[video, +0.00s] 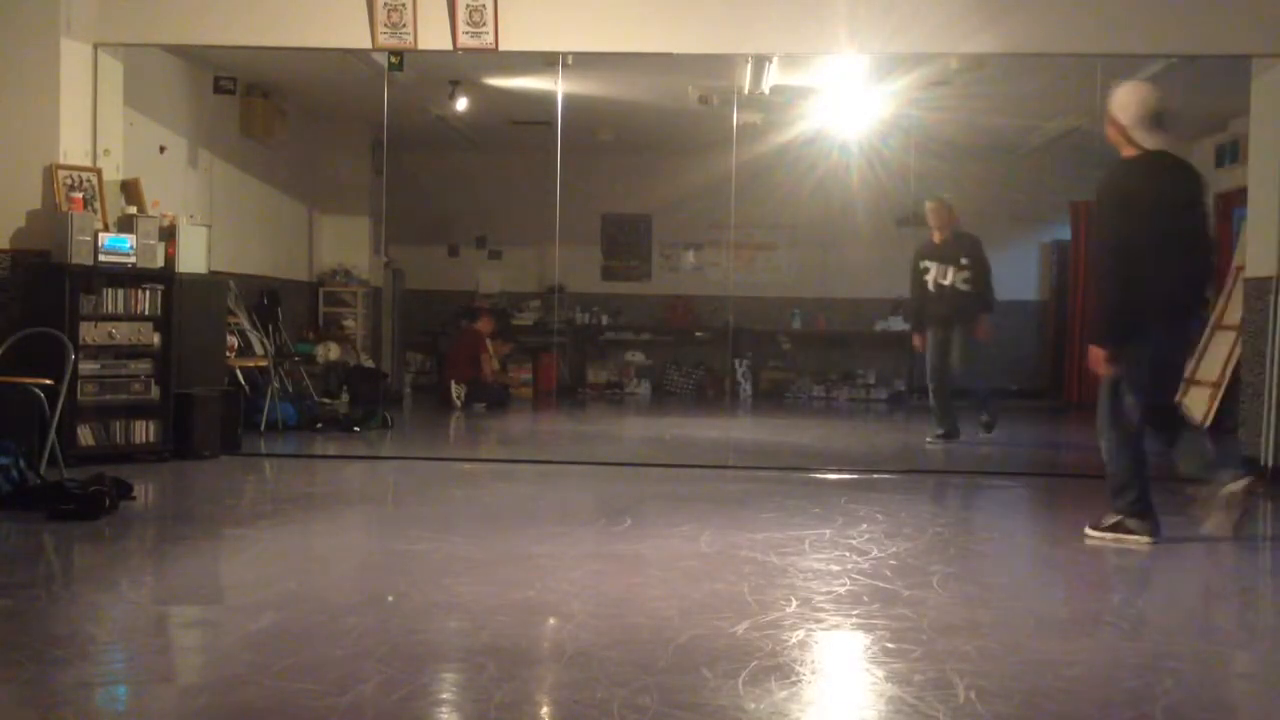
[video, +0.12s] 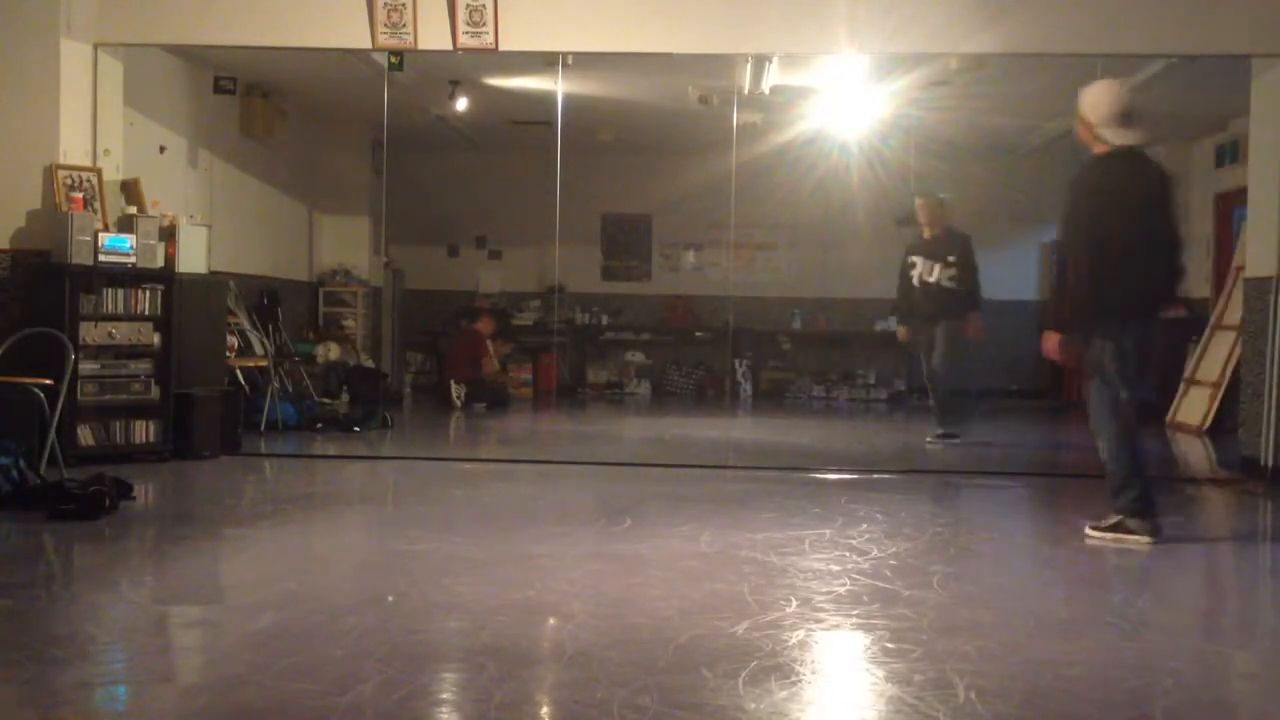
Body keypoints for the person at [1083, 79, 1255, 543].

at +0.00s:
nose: (1107, 129)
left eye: (1108, 121)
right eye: (1108, 121)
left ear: (1117, 125)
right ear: (1154, 121)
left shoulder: (1121, 180)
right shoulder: (1186, 175)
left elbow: (1112, 266)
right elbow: (1200, 256)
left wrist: (1104, 336)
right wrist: (1190, 313)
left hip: (1134, 320)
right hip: (1178, 317)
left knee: (1115, 418)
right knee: (1158, 409)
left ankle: (1132, 514)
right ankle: (1225, 471)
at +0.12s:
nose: (1077, 130)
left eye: (1079, 123)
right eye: (1079, 122)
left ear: (1088, 126)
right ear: (1127, 122)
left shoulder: (1092, 178)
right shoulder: (1153, 173)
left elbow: (1075, 258)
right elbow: (1167, 245)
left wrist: (1058, 322)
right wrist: (1161, 296)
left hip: (1104, 310)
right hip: (1143, 307)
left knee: (1108, 411)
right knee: (1125, 405)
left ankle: (1133, 513)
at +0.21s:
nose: (1057, 137)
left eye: (1058, 131)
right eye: (1059, 130)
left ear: (1067, 135)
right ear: (1104, 127)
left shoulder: (1075, 184)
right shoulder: (1128, 178)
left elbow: (1055, 259)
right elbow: (1142, 253)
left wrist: (1035, 323)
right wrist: (1135, 307)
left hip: (1088, 312)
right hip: (1125, 309)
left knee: (1094, 405)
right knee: (1085, 400)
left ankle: (1132, 510)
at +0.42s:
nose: (1003, 148)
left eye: (1005, 141)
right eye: (1006, 141)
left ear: (1012, 146)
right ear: (1050, 143)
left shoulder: (1013, 196)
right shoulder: (1068, 194)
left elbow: (995, 268)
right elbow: (1071, 272)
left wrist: (987, 334)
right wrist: (1062, 324)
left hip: (1019, 328)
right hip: (1052, 324)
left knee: (1044, 423)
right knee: (993, 413)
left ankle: (1117, 497)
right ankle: (970, 495)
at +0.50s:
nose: (980, 150)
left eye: (983, 143)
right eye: (982, 142)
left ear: (991, 147)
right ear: (1029, 145)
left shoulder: (993, 197)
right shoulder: (1039, 193)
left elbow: (985, 273)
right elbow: (1043, 270)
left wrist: (972, 336)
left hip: (998, 323)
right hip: (1034, 320)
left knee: (973, 409)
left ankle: (963, 496)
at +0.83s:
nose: (889, 153)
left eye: (892, 145)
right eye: (892, 145)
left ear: (904, 145)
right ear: (926, 143)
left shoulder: (923, 189)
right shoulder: (934, 186)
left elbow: (910, 261)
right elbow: (924, 262)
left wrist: (882, 316)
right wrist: (885, 316)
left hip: (923, 316)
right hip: (936, 314)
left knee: (879, 392)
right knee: (950, 403)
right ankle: (961, 493)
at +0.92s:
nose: (871, 165)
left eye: (874, 158)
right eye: (873, 157)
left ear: (883, 160)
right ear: (906, 157)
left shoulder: (900, 199)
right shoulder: (916, 194)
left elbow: (885, 272)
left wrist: (856, 329)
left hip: (899, 321)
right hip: (920, 318)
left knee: (857, 399)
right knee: (936, 404)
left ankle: (813, 482)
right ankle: (958, 490)